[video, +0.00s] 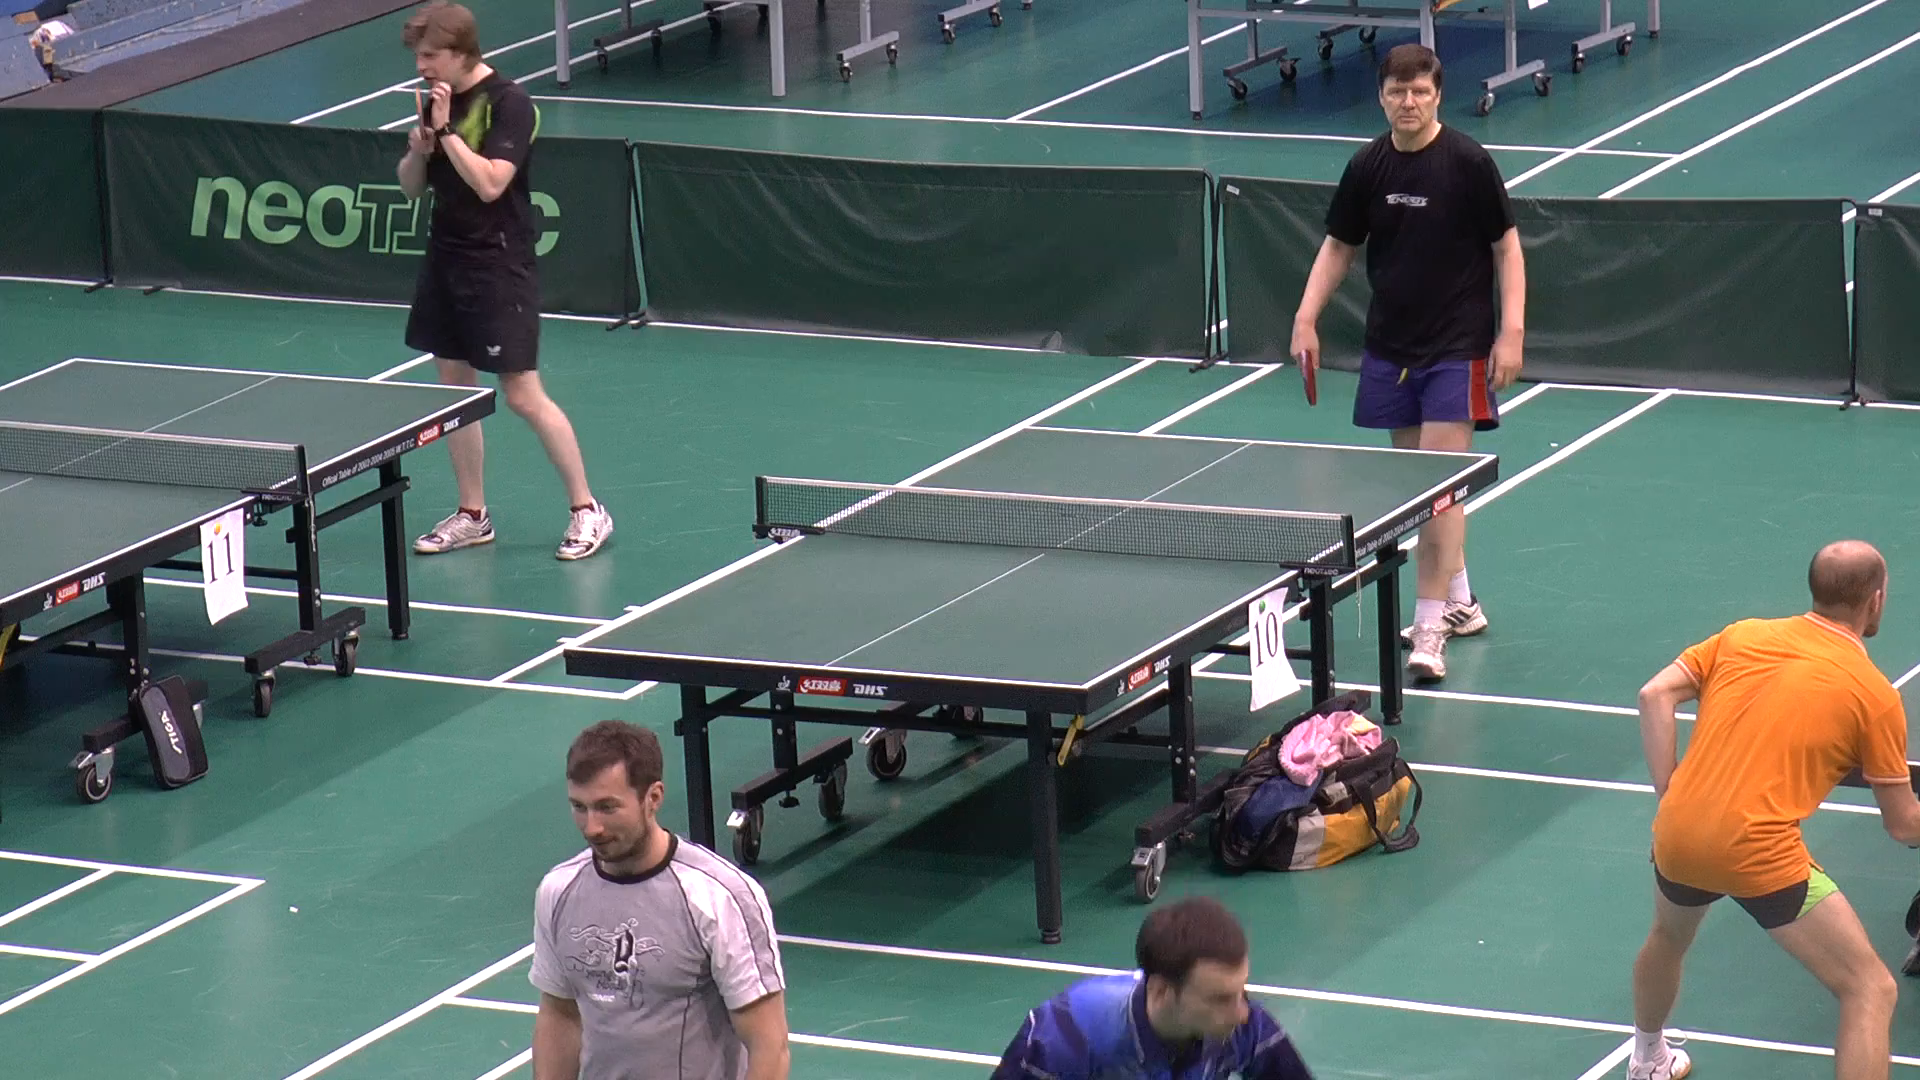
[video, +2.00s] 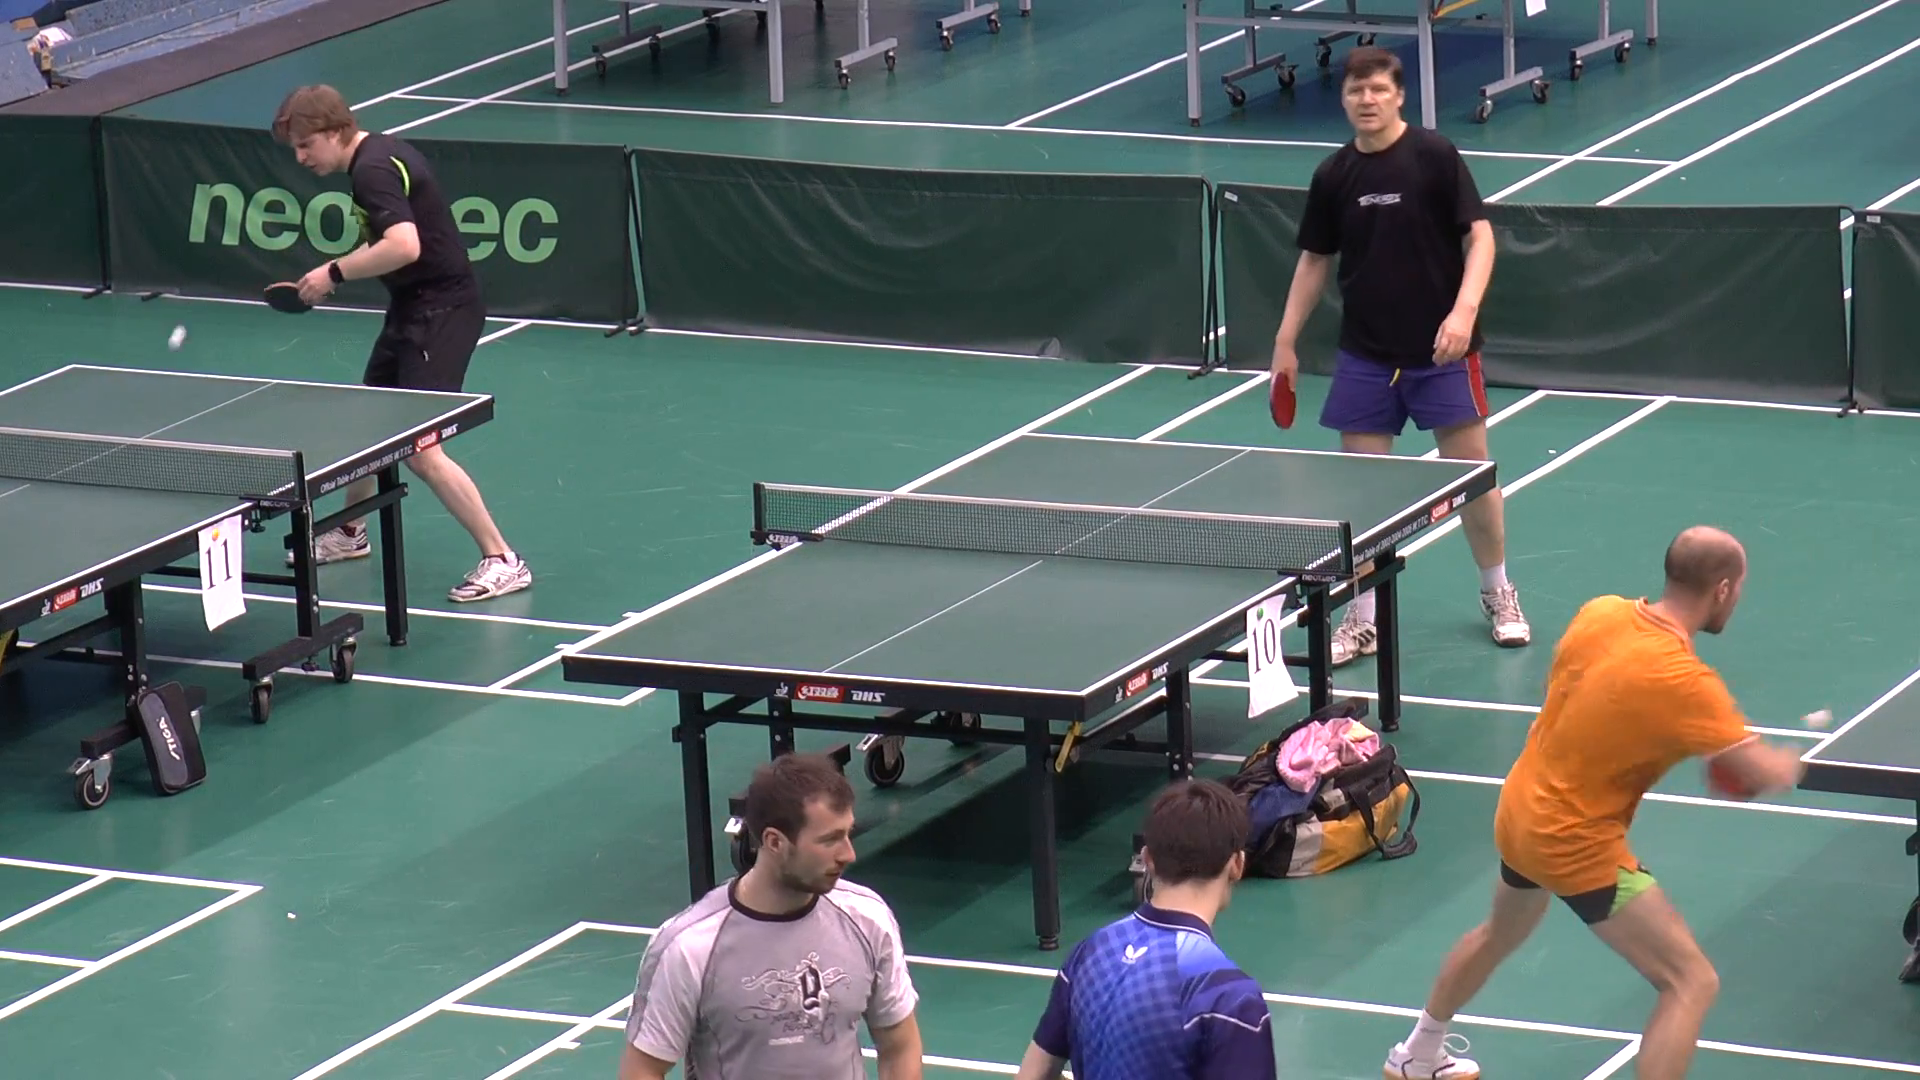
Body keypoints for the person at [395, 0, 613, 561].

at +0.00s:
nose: (424, 68)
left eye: (431, 57)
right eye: (419, 58)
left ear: (462, 51)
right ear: (422, 58)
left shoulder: (510, 102)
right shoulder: (437, 104)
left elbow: (490, 184)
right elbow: (409, 186)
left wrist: (444, 131)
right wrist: (420, 144)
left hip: (502, 267)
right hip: (448, 264)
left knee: (523, 395)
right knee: (455, 390)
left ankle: (587, 511)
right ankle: (472, 514)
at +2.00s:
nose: (300, 158)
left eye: (304, 145)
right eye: (295, 149)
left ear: (335, 132)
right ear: (339, 132)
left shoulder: (374, 167)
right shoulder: (379, 153)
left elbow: (403, 244)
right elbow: (411, 236)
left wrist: (333, 272)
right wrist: (340, 271)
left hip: (444, 304)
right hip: (412, 303)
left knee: (418, 444)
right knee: (367, 418)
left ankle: (503, 560)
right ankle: (351, 531)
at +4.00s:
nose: (320, 157)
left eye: (323, 145)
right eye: (314, 148)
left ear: (351, 131)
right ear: (356, 128)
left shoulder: (384, 170)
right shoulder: (409, 148)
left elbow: (420, 244)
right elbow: (423, 232)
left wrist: (354, 271)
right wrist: (359, 262)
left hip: (436, 318)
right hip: (414, 313)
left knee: (419, 451)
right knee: (366, 423)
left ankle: (512, 563)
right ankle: (348, 530)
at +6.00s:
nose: (378, 72)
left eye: (387, 63)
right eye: (374, 62)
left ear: (419, 61)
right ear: (373, 61)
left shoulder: (459, 120)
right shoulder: (373, 108)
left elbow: (500, 203)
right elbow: (361, 175)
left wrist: (442, 251)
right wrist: (339, 228)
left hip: (440, 281)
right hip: (373, 272)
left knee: (455, 399)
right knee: (343, 386)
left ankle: (468, 515)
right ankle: (359, 513)